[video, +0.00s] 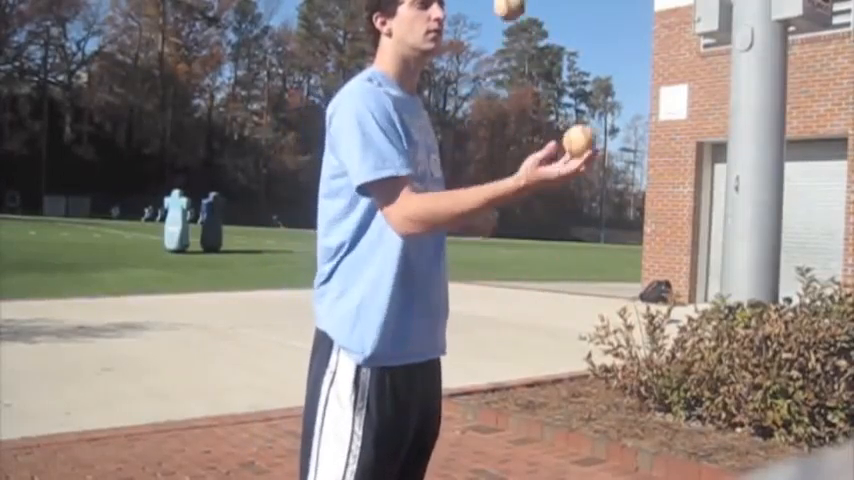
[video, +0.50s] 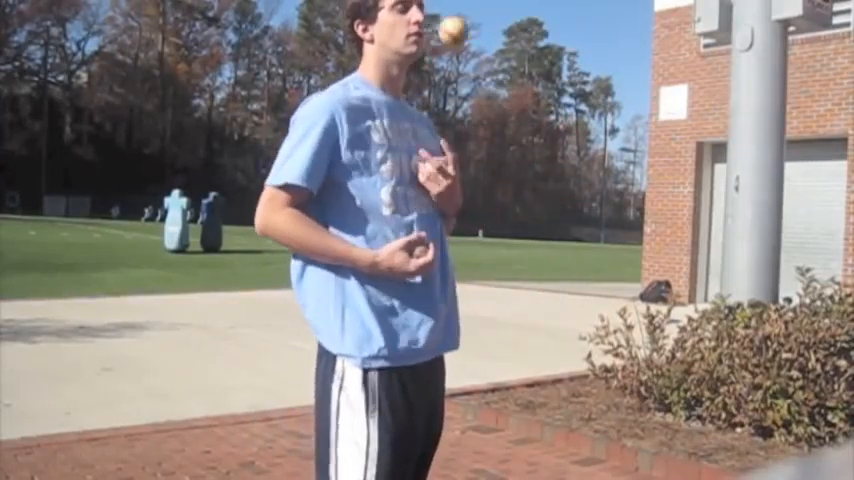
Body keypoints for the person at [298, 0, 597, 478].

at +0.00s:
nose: (439, 15)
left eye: (440, 6)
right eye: (422, 5)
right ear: (383, 21)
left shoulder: (413, 108)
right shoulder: (361, 100)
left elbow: (421, 212)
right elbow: (406, 214)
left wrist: (465, 219)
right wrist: (521, 181)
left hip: (417, 349)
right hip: (363, 351)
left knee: (404, 470)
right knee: (346, 471)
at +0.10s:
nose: (440, 14)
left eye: (442, 5)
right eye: (424, 4)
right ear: (384, 21)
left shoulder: (421, 112)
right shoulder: (360, 99)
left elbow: (410, 213)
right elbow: (376, 217)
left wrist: (458, 222)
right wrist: (482, 171)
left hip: (420, 349)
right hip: (366, 351)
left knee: (406, 469)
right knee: (350, 470)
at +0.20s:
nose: (442, 12)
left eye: (442, 5)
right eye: (425, 4)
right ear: (386, 22)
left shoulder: (422, 113)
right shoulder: (355, 101)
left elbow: (407, 219)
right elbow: (327, 215)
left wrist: (456, 221)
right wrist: (436, 184)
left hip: (422, 346)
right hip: (367, 348)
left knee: (407, 469)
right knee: (355, 469)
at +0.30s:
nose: (438, 10)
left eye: (438, 4)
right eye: (421, 3)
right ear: (384, 24)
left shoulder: (422, 114)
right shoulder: (351, 102)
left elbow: (406, 211)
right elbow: (291, 206)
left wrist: (461, 218)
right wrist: (405, 223)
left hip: (424, 350)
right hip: (368, 351)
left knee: (409, 468)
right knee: (358, 470)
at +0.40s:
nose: (430, 12)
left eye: (430, 4)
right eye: (412, 4)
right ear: (376, 25)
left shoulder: (418, 116)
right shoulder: (343, 104)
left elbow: (409, 223)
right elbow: (276, 205)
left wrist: (453, 212)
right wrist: (381, 247)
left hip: (424, 350)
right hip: (366, 351)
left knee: (408, 470)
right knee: (360, 470)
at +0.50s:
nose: (418, 17)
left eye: (420, 9)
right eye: (401, 8)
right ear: (365, 28)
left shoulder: (423, 124)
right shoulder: (330, 109)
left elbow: (437, 224)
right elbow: (271, 215)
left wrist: (451, 203)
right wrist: (374, 260)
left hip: (423, 349)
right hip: (361, 353)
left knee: (411, 469)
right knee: (362, 471)